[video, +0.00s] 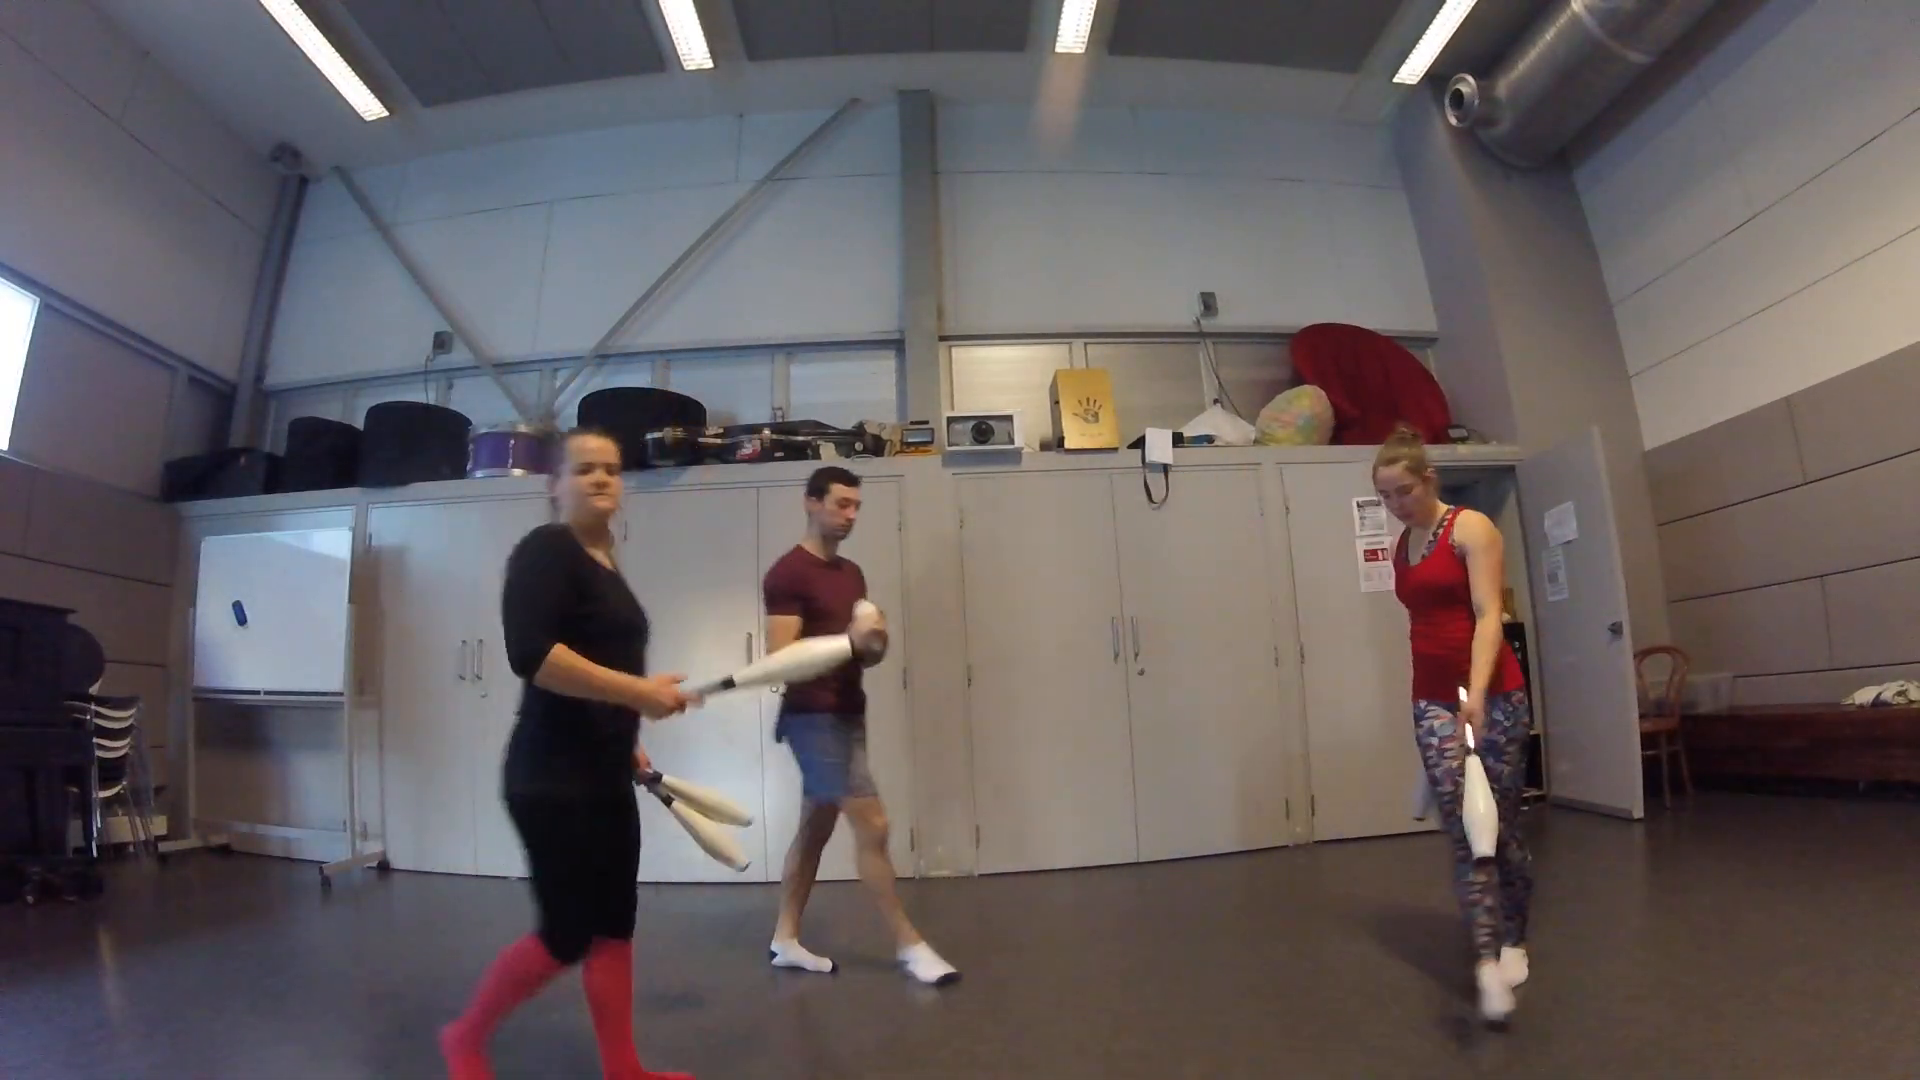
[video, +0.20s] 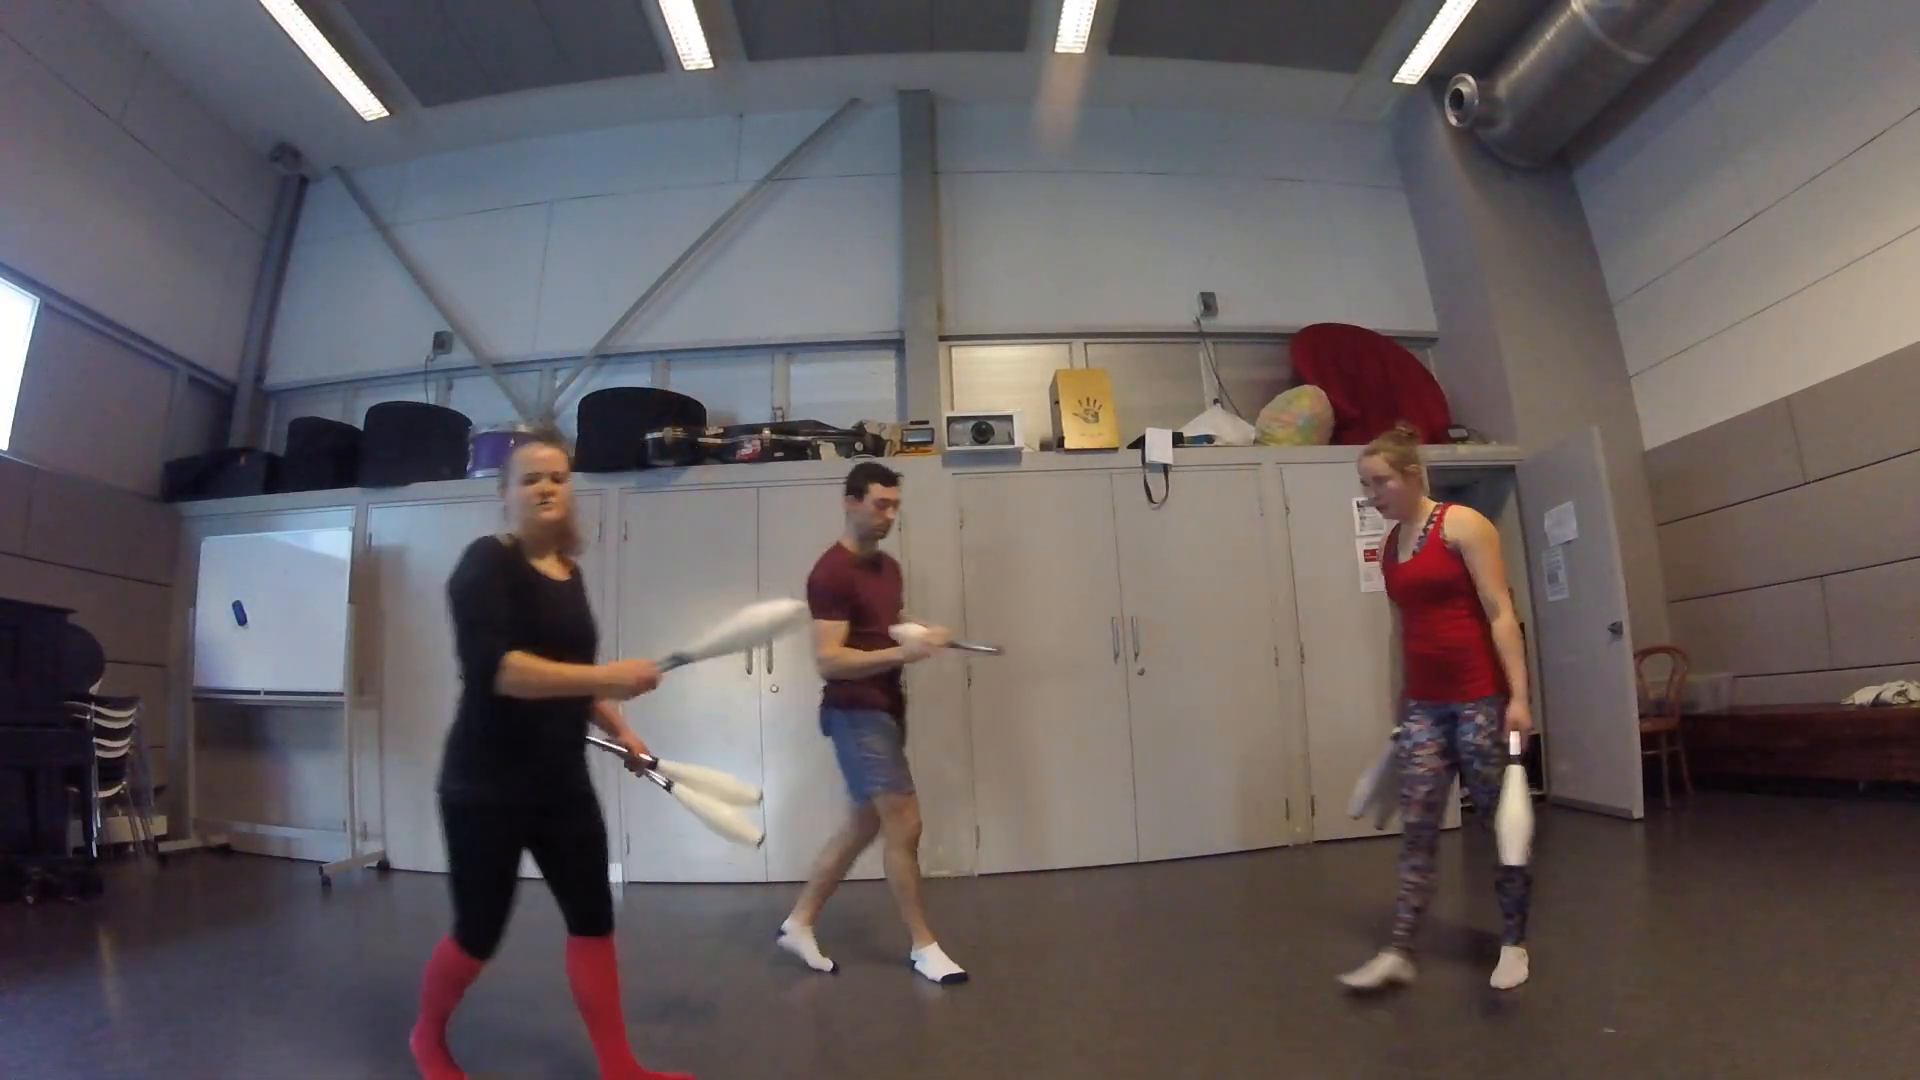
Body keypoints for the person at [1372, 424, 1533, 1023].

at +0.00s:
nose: (1394, 503)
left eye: (1402, 491)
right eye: (1385, 494)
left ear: (1428, 480)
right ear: (1380, 492)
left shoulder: (1472, 528)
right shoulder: (1404, 541)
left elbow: (1490, 615)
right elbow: (1426, 622)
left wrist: (1476, 695)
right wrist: (1426, 694)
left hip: (1494, 697)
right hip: (1434, 701)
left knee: (1502, 828)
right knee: (1464, 831)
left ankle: (1513, 940)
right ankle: (1486, 959)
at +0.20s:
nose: (1369, 497)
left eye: (1376, 484)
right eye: (1365, 486)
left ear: (1411, 476)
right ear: (1381, 485)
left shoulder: (1465, 526)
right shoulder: (1393, 543)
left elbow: (1501, 612)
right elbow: (1407, 631)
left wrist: (1520, 697)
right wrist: (1405, 709)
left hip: (1481, 702)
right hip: (1423, 705)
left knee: (1498, 821)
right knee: (1417, 822)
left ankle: (1514, 943)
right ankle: (1401, 950)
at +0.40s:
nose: (1348, 488)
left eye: (1357, 477)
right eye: (1345, 478)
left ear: (1392, 479)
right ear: (1357, 484)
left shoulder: (1433, 533)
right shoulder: (1370, 545)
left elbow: (1484, 615)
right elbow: (1375, 636)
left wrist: (1525, 691)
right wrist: (1361, 708)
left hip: (1445, 711)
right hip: (1388, 715)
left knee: (1472, 831)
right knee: (1397, 836)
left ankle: (1509, 944)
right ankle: (1381, 946)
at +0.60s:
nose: (1351, 471)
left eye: (1363, 462)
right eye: (1344, 462)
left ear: (1386, 474)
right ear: (1335, 474)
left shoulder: (1410, 530)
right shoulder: (1341, 545)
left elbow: (1448, 618)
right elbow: (1345, 637)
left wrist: (1472, 701)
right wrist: (1339, 712)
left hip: (1419, 701)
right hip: (1361, 706)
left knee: (1427, 830)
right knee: (1380, 832)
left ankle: (1493, 929)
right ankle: (1379, 948)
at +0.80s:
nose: (1375, 458)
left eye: (1385, 455)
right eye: (1364, 451)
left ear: (1393, 476)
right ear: (1341, 469)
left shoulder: (1413, 532)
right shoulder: (1329, 543)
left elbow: (1426, 625)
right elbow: (1317, 631)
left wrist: (1405, 707)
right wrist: (1305, 704)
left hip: (1413, 711)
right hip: (1357, 715)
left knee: (1424, 840)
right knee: (1377, 837)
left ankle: (1446, 981)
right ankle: (1378, 951)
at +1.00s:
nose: (1333, 454)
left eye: (1345, 446)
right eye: (1336, 446)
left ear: (1376, 459)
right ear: (1364, 464)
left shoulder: (1412, 523)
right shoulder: (1350, 535)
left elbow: (1434, 621)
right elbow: (1348, 628)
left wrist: (1397, 704)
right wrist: (1317, 699)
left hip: (1413, 713)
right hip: (1363, 712)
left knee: (1414, 851)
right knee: (1373, 843)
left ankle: (1432, 997)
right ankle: (1377, 952)